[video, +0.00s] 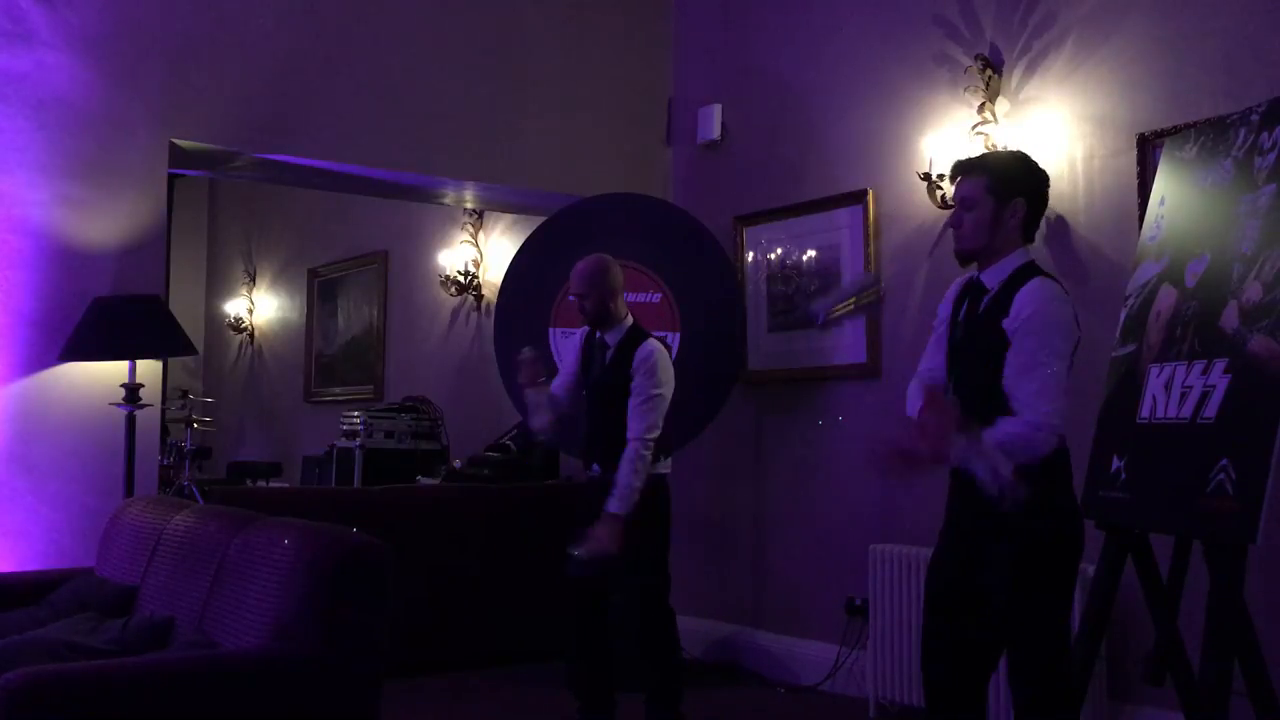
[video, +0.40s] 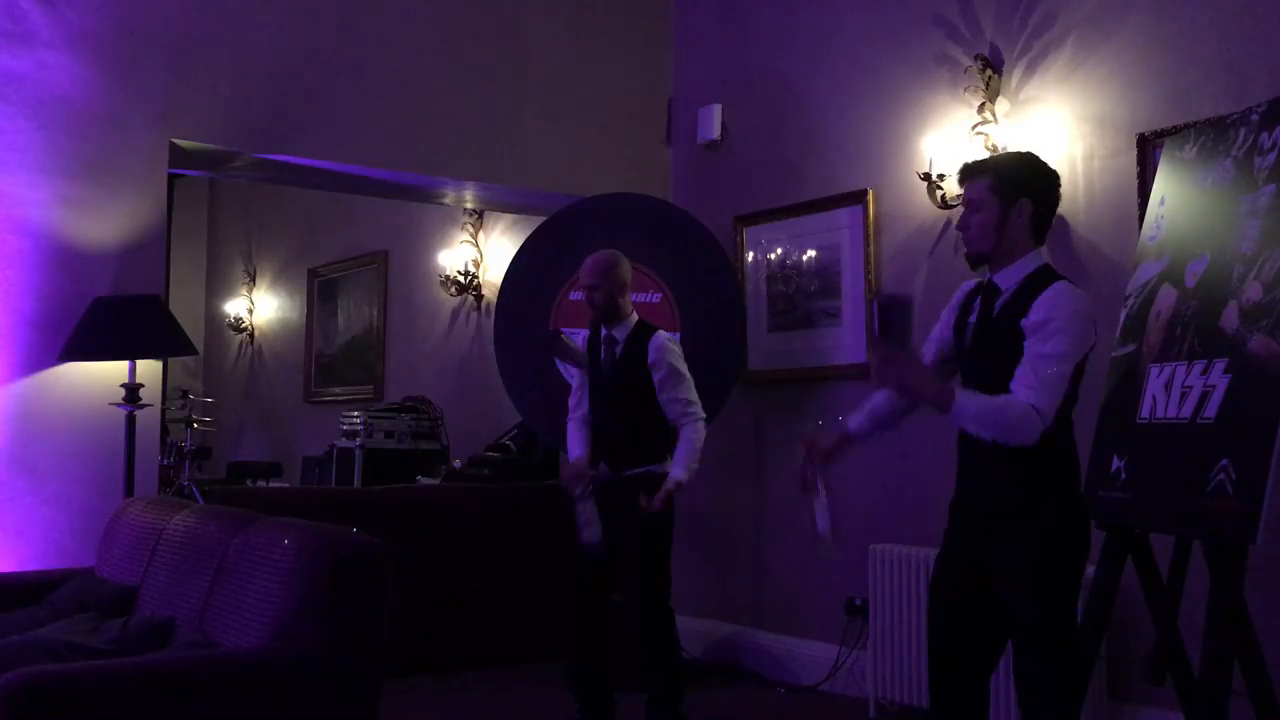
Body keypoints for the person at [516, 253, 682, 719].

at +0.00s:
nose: (574, 305)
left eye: (581, 297)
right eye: (572, 296)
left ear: (609, 297)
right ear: (588, 298)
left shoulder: (650, 354)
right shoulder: (585, 346)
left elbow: (641, 446)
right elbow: (553, 418)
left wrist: (613, 518)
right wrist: (535, 392)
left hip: (640, 493)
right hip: (594, 488)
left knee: (645, 608)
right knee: (592, 603)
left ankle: (662, 706)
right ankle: (594, 703)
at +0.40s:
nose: (586, 299)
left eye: (595, 291)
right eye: (584, 291)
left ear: (623, 290)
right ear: (586, 293)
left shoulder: (659, 346)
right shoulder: (589, 345)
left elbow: (692, 419)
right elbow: (577, 410)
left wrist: (676, 477)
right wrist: (577, 456)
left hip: (648, 490)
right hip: (601, 488)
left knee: (650, 602)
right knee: (599, 599)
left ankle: (664, 704)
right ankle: (597, 702)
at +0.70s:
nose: (586, 307)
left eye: (593, 298)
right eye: (586, 297)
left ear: (621, 296)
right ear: (603, 295)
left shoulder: (661, 348)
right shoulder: (601, 346)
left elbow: (681, 426)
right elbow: (569, 401)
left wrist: (615, 442)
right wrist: (519, 428)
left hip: (646, 492)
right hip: (601, 489)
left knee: (644, 603)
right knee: (593, 600)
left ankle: (664, 703)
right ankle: (595, 701)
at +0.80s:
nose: (590, 306)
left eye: (596, 296)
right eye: (590, 297)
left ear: (623, 295)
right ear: (617, 295)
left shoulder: (659, 353)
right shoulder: (612, 344)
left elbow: (673, 435)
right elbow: (573, 366)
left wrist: (619, 479)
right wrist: (522, 364)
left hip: (645, 492)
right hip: (609, 488)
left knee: (643, 602)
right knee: (598, 597)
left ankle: (662, 701)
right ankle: (597, 698)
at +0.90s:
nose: (590, 303)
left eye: (595, 295)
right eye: (590, 296)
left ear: (619, 296)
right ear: (627, 295)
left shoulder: (652, 354)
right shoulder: (617, 341)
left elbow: (669, 436)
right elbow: (581, 329)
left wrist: (647, 507)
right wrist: (541, 302)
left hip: (637, 494)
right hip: (612, 490)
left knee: (636, 606)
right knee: (607, 600)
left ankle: (660, 702)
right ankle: (598, 698)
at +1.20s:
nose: (583, 311)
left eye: (586, 301)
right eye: (581, 303)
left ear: (611, 300)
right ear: (618, 298)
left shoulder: (645, 359)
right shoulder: (620, 336)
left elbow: (659, 444)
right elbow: (580, 320)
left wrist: (655, 523)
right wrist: (526, 322)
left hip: (631, 495)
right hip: (609, 490)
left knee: (629, 609)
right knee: (606, 603)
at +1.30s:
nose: (586, 311)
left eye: (591, 302)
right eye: (585, 301)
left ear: (613, 300)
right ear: (613, 301)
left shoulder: (655, 357)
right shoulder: (611, 343)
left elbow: (649, 446)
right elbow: (562, 359)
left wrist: (619, 515)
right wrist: (515, 393)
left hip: (642, 495)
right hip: (609, 486)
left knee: (633, 603)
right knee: (601, 597)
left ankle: (655, 701)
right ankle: (596, 696)